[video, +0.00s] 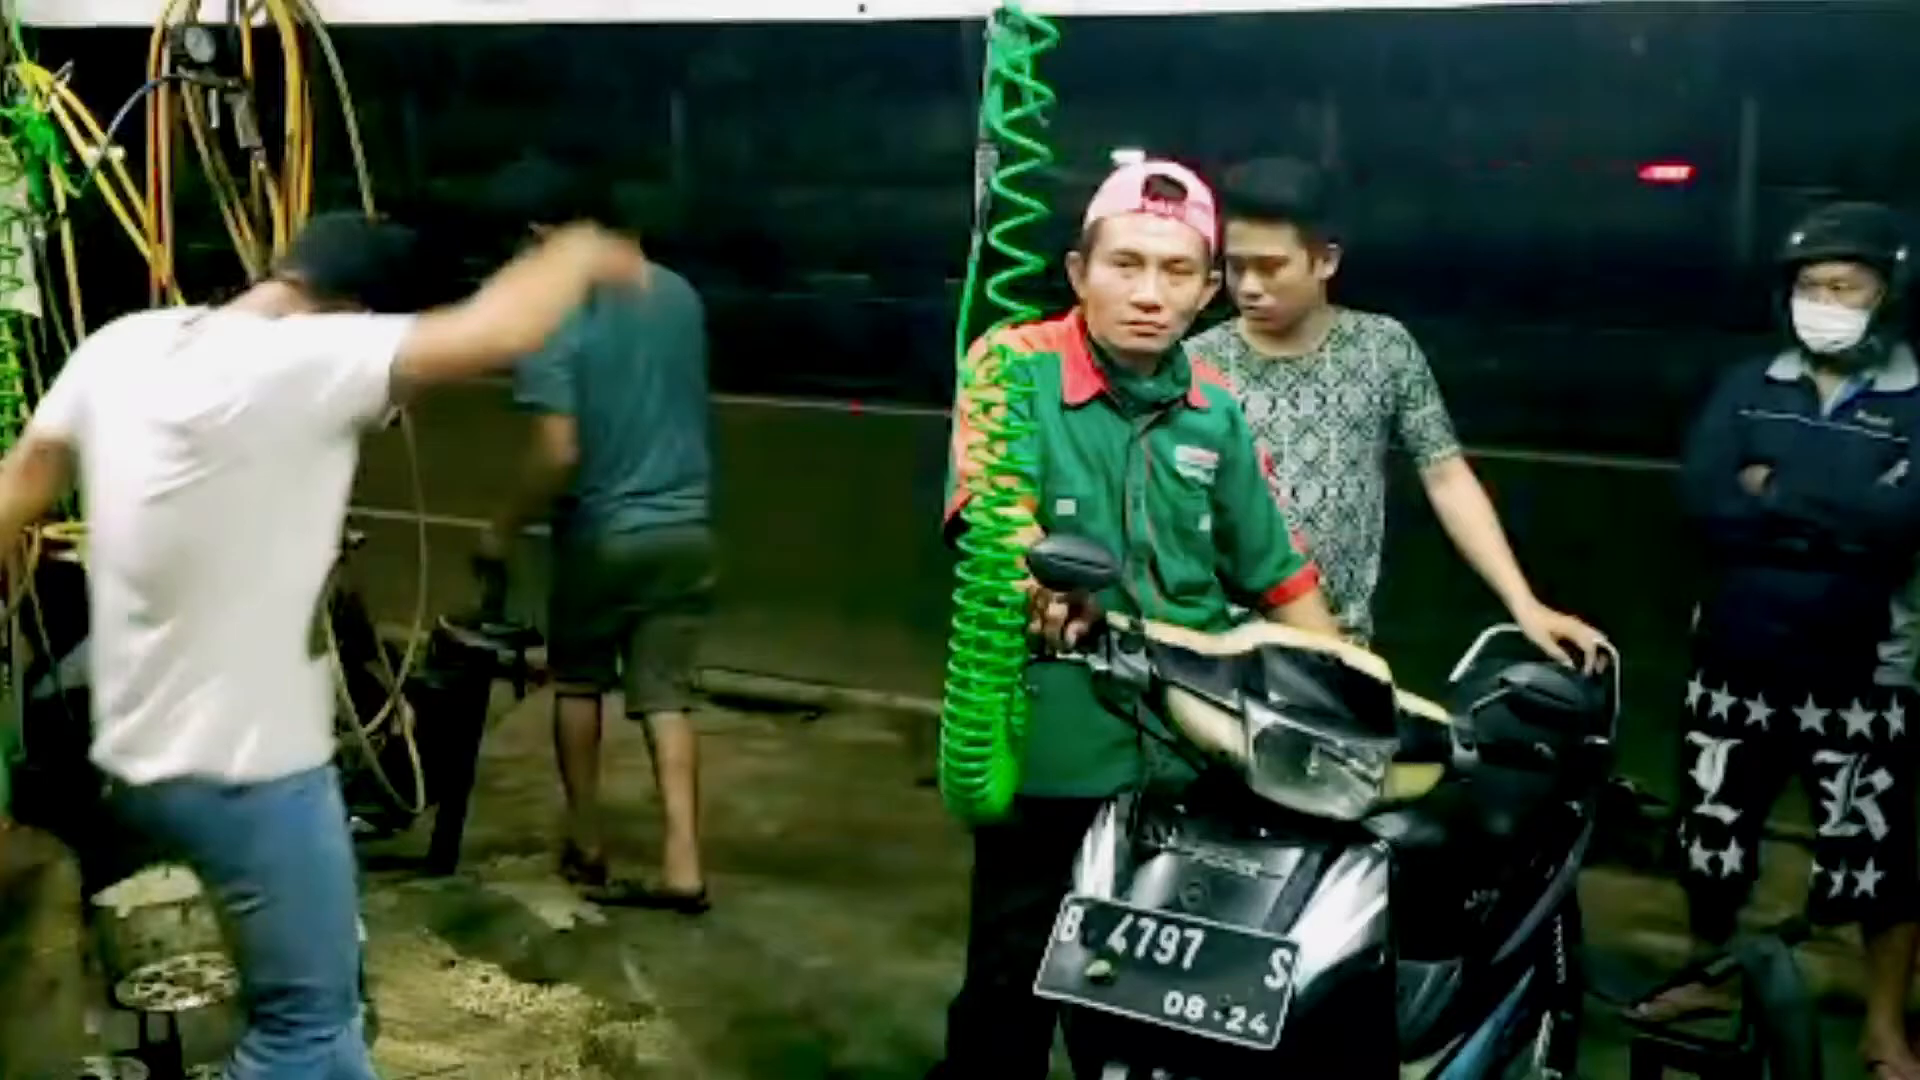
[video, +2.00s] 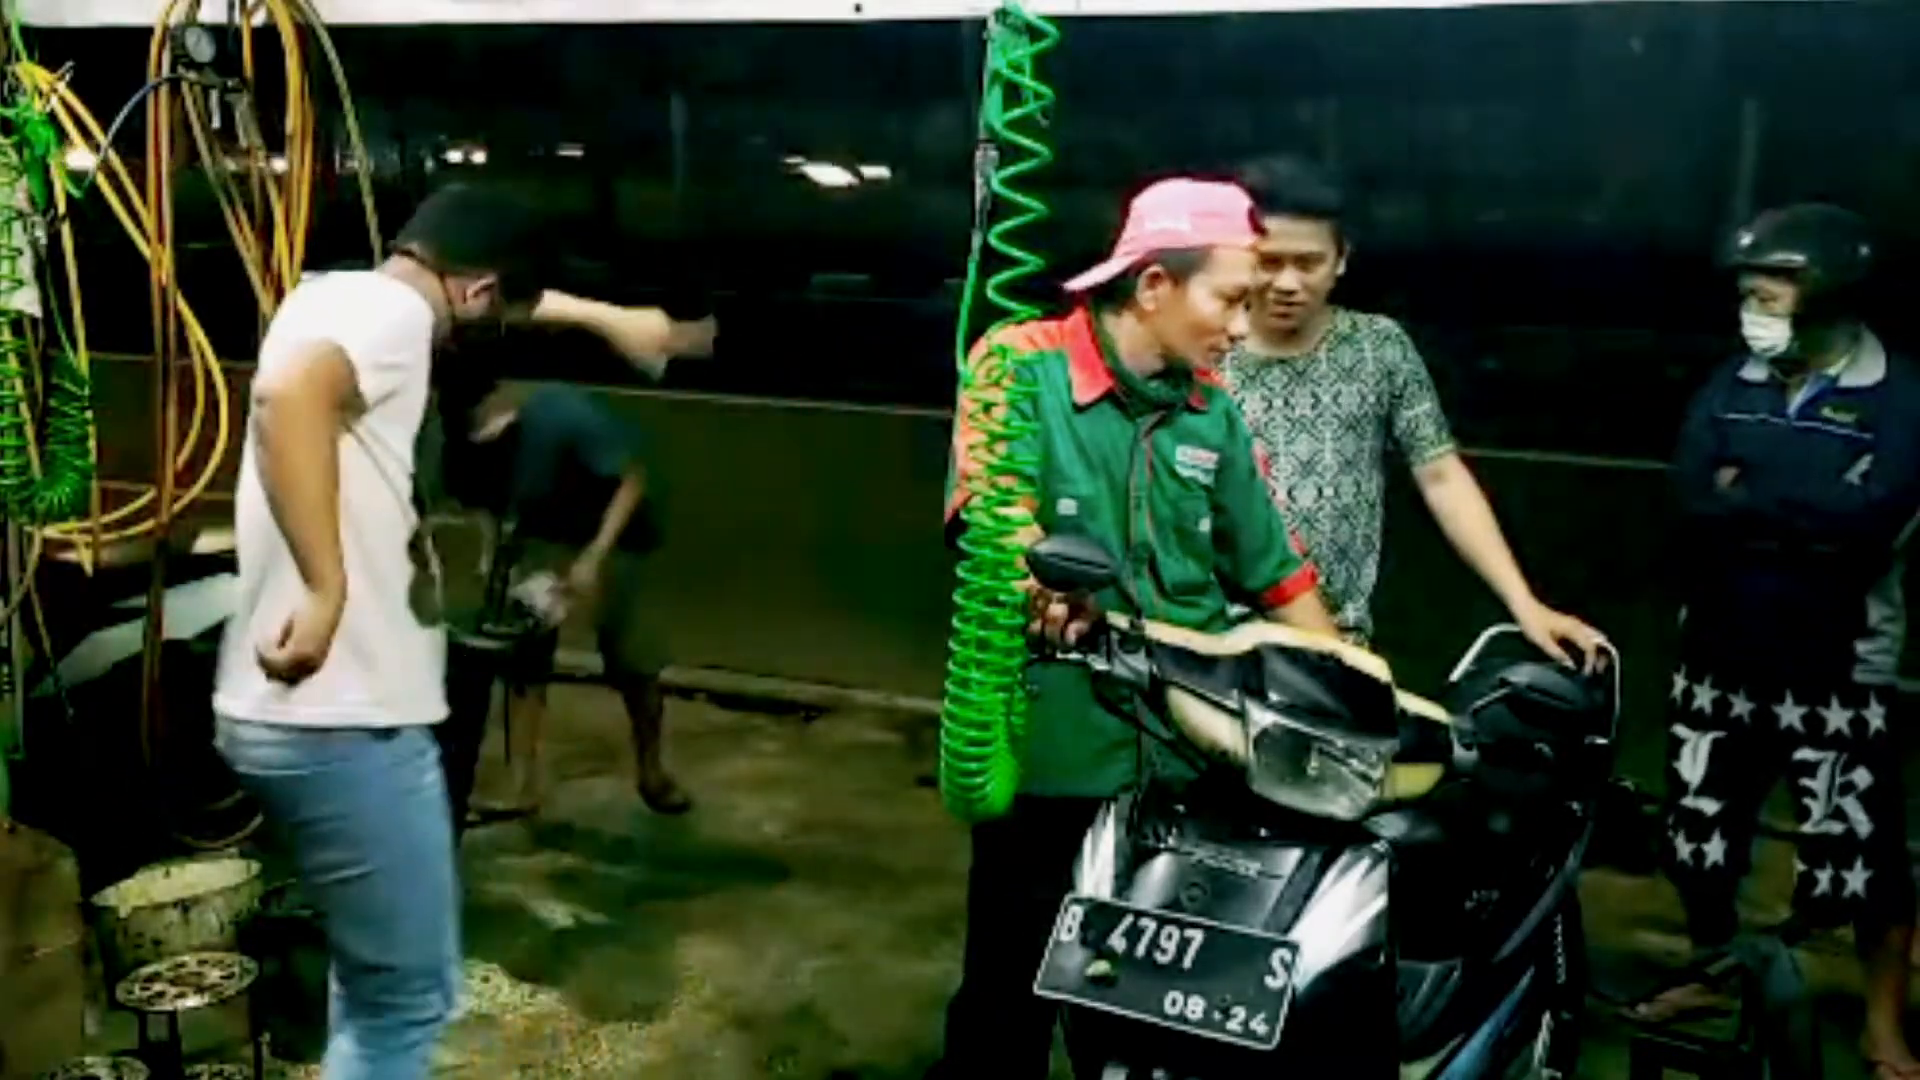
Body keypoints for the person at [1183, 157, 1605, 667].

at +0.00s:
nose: (1249, 286)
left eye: (1270, 267)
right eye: (1236, 267)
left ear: (1325, 260)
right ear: (1221, 264)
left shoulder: (1382, 350)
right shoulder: (1195, 363)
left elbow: (1447, 478)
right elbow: (1151, 500)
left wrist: (1525, 606)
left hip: (1334, 647)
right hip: (1210, 646)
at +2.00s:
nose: (1287, 283)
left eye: (1307, 263)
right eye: (1269, 262)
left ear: (1339, 260)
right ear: (1241, 256)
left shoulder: (1379, 349)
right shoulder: (1203, 350)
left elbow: (1442, 476)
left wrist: (1525, 606)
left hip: (1333, 638)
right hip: (1212, 630)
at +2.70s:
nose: (1280, 341)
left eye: (1298, 324)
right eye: (1263, 323)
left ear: (1328, 297)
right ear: (1238, 298)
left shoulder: (1376, 347)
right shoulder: (1200, 355)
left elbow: (1442, 479)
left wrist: (1526, 606)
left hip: (1337, 645)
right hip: (1218, 640)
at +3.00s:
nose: (1253, 365)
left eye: (1271, 351)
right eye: (1244, 351)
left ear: (1310, 312)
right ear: (1226, 327)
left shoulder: (1373, 347)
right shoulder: (1197, 367)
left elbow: (1445, 478)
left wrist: (1526, 606)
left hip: (1342, 646)